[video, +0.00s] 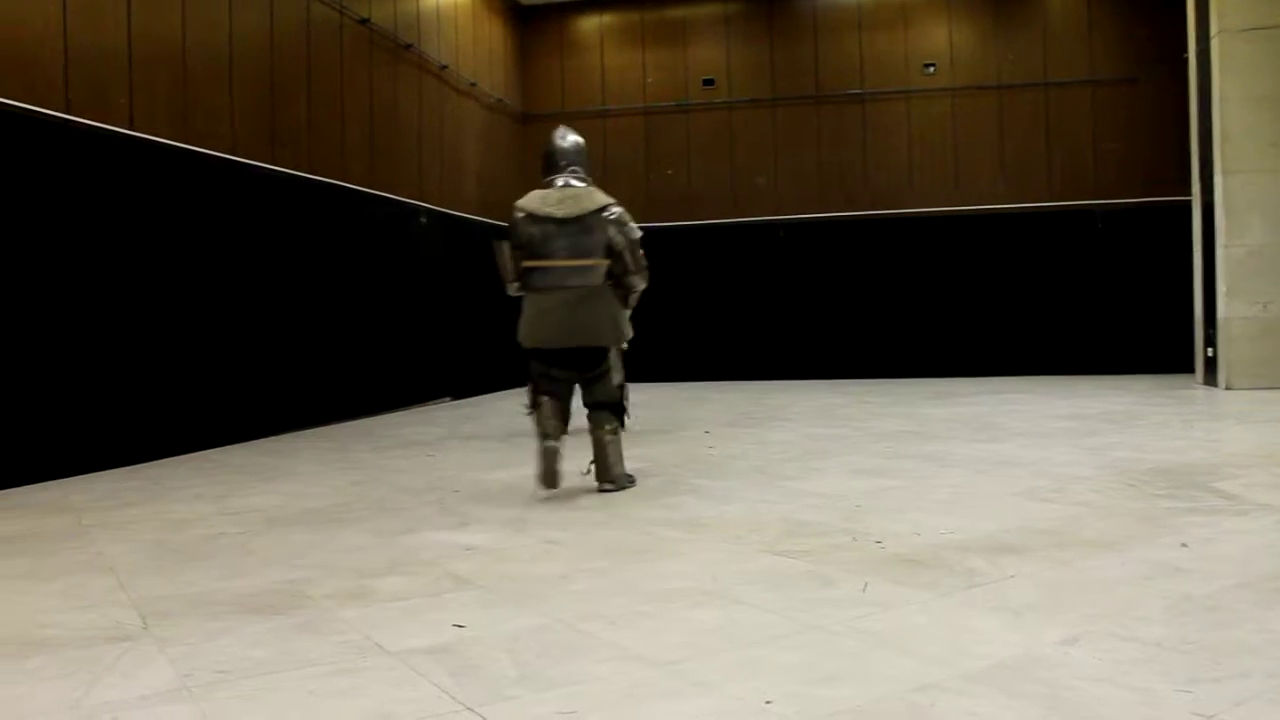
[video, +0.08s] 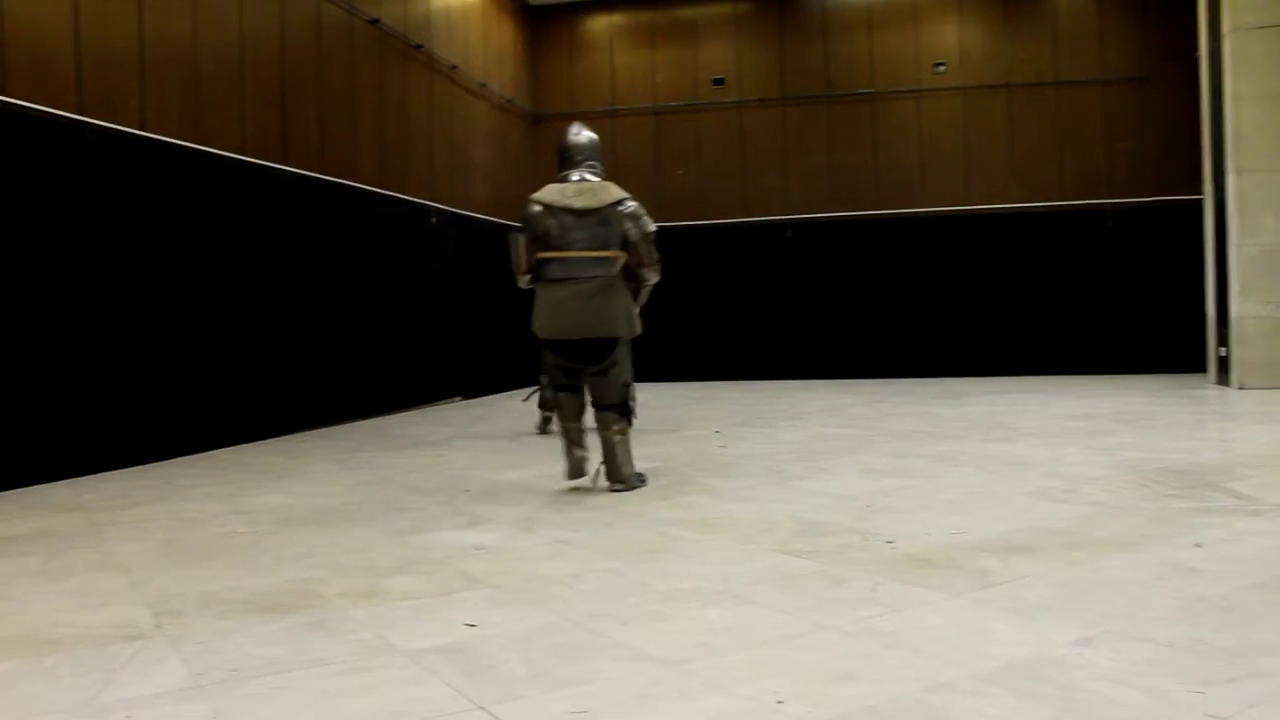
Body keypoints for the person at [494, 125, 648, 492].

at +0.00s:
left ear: (548, 164)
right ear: (585, 162)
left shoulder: (524, 211)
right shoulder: (607, 210)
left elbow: (516, 271)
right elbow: (634, 272)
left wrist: (537, 291)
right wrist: (616, 309)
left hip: (543, 322)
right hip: (595, 322)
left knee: (549, 384)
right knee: (603, 395)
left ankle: (548, 449)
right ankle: (611, 471)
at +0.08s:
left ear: (562, 160)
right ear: (599, 158)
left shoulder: (539, 204)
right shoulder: (622, 204)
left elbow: (527, 268)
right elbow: (647, 267)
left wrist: (552, 285)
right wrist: (629, 306)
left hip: (556, 314)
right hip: (606, 314)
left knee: (565, 381)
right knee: (611, 390)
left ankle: (575, 457)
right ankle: (620, 470)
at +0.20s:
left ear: (582, 165)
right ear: (618, 164)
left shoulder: (561, 208)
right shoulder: (643, 207)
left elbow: (544, 272)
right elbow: (667, 272)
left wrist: (567, 299)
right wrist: (639, 300)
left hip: (576, 317)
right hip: (627, 314)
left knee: (584, 380)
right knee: (628, 391)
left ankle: (592, 455)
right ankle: (636, 472)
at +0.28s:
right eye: (626, 170)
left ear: (595, 173)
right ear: (631, 171)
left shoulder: (576, 215)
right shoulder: (654, 213)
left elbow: (561, 277)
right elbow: (678, 276)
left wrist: (581, 298)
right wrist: (652, 298)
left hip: (592, 318)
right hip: (640, 315)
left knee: (600, 382)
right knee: (642, 391)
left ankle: (601, 451)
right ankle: (650, 472)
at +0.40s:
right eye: (635, 181)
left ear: (605, 184)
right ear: (640, 182)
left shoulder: (586, 226)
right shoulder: (663, 223)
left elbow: (572, 285)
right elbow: (687, 284)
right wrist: (661, 309)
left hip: (604, 322)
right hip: (651, 319)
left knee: (612, 382)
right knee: (655, 389)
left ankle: (614, 453)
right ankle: (662, 467)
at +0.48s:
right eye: (637, 187)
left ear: (609, 189)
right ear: (643, 188)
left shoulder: (590, 231)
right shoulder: (665, 228)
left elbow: (576, 288)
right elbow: (688, 287)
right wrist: (664, 314)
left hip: (608, 324)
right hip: (654, 322)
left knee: (617, 384)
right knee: (660, 389)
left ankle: (623, 453)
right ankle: (672, 459)